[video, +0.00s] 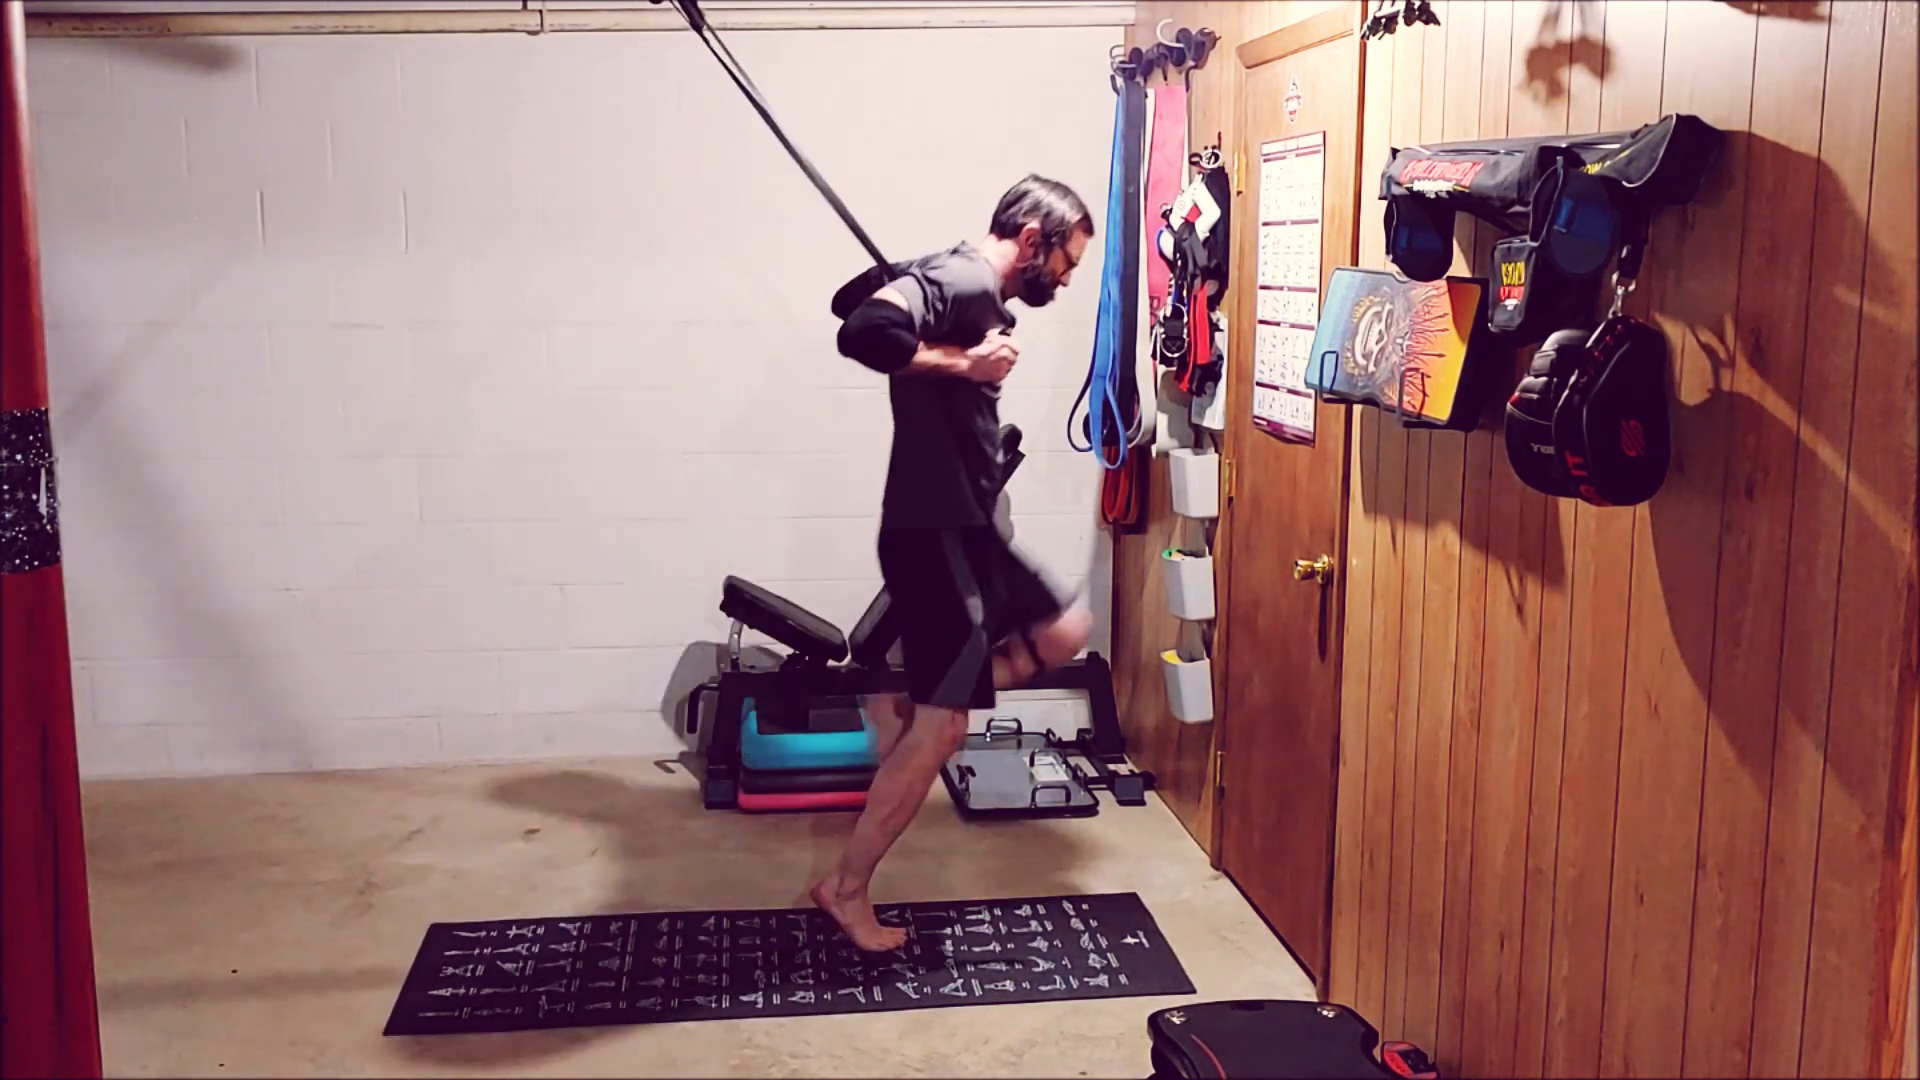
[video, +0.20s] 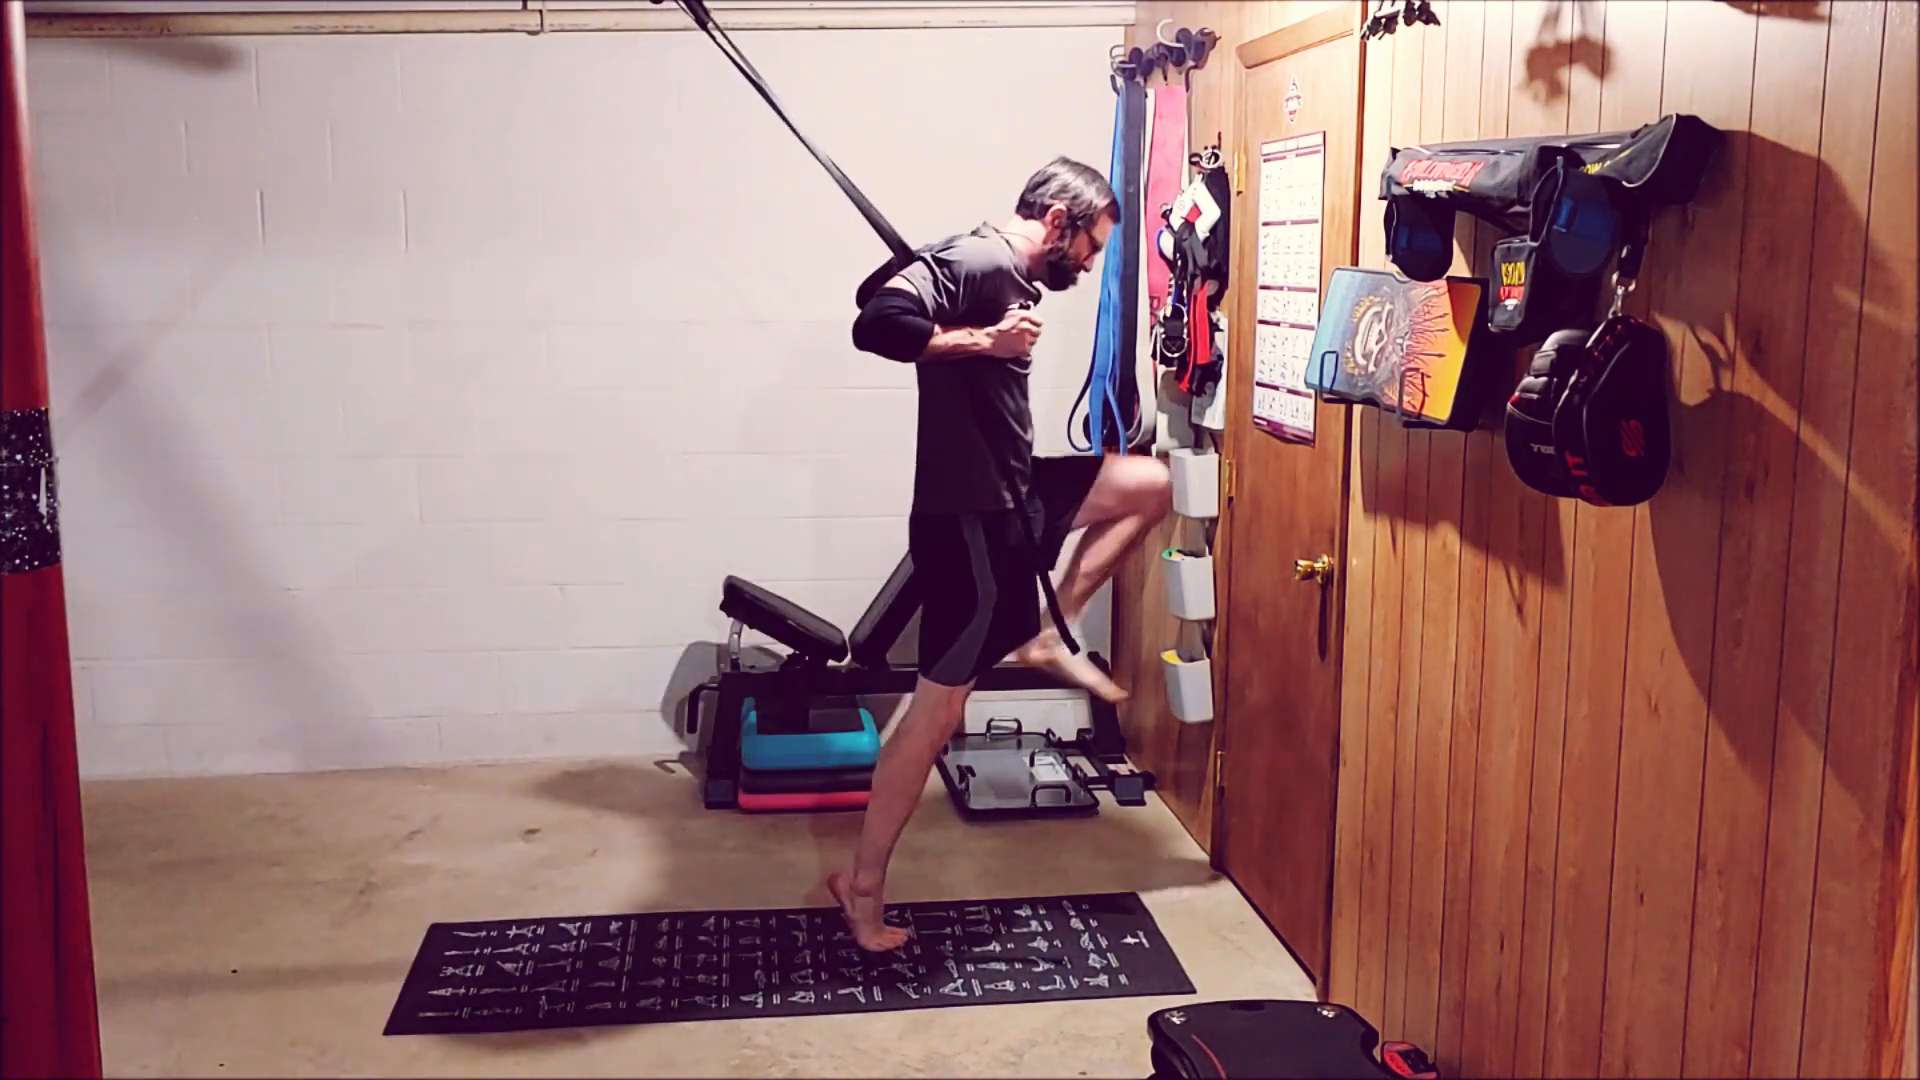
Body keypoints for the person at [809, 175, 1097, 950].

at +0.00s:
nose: (1066, 282)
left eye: (1073, 268)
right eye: (1068, 263)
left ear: (1025, 237)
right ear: (1030, 238)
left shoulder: (966, 283)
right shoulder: (963, 277)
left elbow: (854, 303)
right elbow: (863, 329)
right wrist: (966, 363)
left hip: (971, 528)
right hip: (933, 533)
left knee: (1063, 632)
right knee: (942, 722)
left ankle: (904, 702)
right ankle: (847, 886)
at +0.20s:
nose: (1092, 264)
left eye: (1099, 249)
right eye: (1094, 244)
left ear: (1051, 217)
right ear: (1059, 219)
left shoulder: (1003, 267)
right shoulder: (979, 257)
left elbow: (880, 291)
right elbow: (879, 321)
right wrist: (986, 338)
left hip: (1017, 487)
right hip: (965, 510)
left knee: (1151, 485)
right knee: (936, 710)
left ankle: (1048, 634)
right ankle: (863, 878)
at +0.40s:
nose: (1090, 271)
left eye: (1098, 256)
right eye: (1093, 252)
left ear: (1051, 224)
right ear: (1060, 228)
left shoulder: (995, 268)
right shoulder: (981, 264)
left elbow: (872, 292)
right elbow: (873, 326)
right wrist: (981, 346)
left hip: (1012, 490)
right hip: (967, 512)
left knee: (1152, 469)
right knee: (937, 716)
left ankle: (1064, 630)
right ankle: (859, 881)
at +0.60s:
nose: (1073, 274)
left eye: (1079, 260)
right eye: (1074, 255)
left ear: (1033, 232)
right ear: (1039, 233)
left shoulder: (978, 283)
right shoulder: (956, 277)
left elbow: (862, 315)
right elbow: (852, 344)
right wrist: (960, 359)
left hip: (992, 507)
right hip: (939, 530)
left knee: (1124, 525)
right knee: (904, 722)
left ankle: (1000, 657)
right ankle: (832, 897)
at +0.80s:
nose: (1042, 296)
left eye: (1048, 282)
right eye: (1042, 277)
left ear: (999, 257)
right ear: (1002, 257)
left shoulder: (954, 320)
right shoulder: (917, 303)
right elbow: (811, 369)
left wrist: (955, 492)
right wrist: (919, 389)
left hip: (949, 545)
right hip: (898, 557)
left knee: (1059, 633)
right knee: (874, 744)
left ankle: (916, 728)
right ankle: (814, 912)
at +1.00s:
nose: (1003, 296)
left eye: (1008, 282)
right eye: (1002, 278)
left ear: (960, 260)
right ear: (959, 259)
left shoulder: (916, 322)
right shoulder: (878, 315)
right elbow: (771, 392)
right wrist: (883, 406)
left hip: (907, 558)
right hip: (859, 565)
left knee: (952, 707)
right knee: (846, 749)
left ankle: (820, 786)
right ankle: (810, 916)